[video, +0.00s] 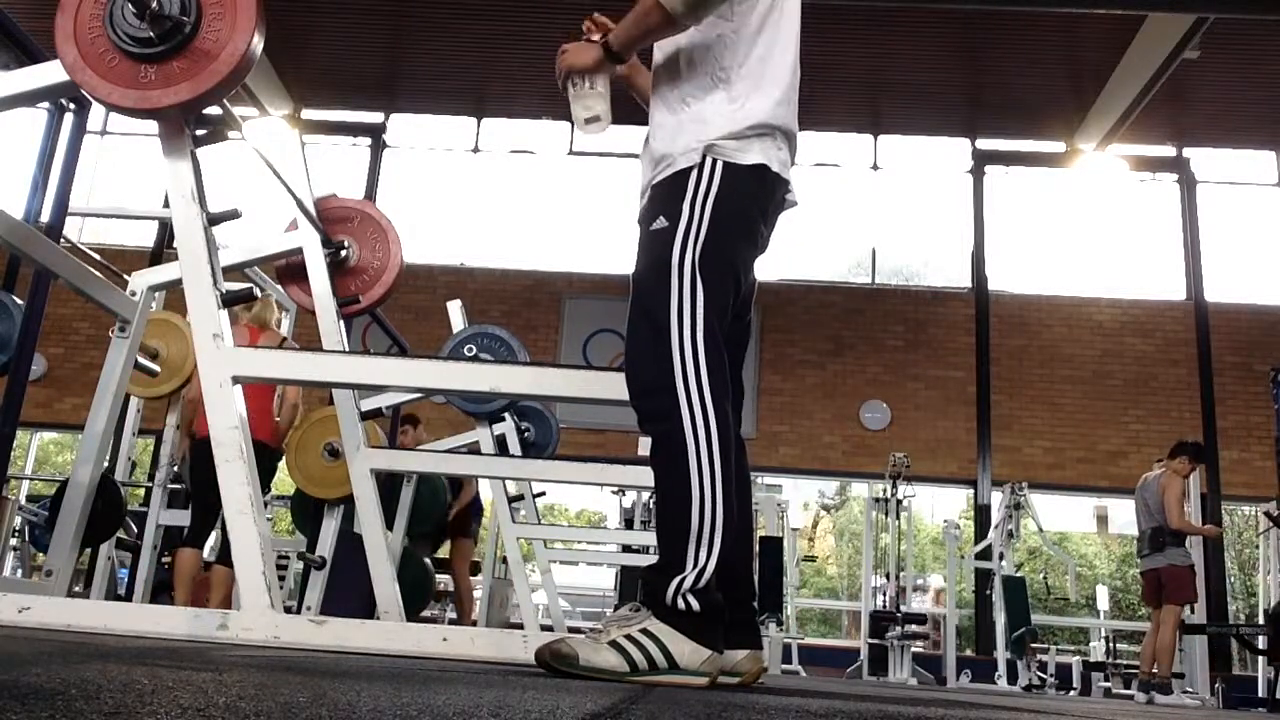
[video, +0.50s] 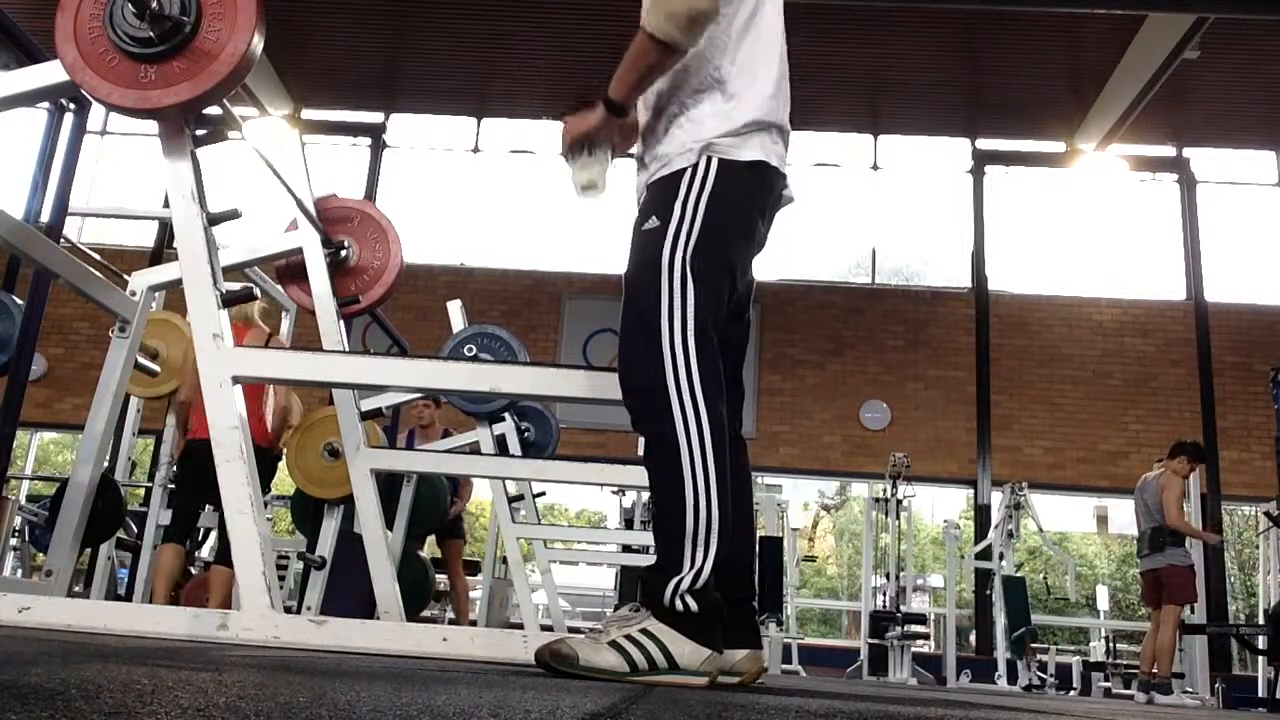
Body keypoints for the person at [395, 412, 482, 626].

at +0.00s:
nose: (399, 441)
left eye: (404, 433)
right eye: (396, 435)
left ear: (419, 430)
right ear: (392, 437)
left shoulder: (442, 454)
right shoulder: (404, 463)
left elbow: (470, 486)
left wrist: (454, 509)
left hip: (464, 505)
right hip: (435, 506)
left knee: (459, 566)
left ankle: (465, 624)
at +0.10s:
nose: (407, 429)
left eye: (410, 421)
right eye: (402, 425)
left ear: (425, 419)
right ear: (399, 430)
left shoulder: (449, 440)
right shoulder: (407, 453)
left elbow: (470, 478)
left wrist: (457, 502)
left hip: (462, 501)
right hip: (428, 504)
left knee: (458, 564)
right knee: (414, 557)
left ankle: (465, 625)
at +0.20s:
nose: (410, 421)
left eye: (414, 415)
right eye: (405, 417)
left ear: (428, 414)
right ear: (402, 421)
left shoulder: (451, 438)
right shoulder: (409, 446)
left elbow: (468, 475)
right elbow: (397, 474)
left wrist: (458, 501)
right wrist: (403, 441)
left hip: (459, 500)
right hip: (427, 503)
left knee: (459, 564)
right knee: (416, 559)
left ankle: (465, 624)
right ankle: (406, 618)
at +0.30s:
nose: (414, 415)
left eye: (419, 409)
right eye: (409, 411)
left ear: (431, 411)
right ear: (404, 416)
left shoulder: (450, 437)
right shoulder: (407, 442)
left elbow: (466, 475)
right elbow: (397, 470)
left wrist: (459, 502)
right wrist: (402, 436)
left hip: (454, 502)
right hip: (422, 504)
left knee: (459, 566)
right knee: (412, 560)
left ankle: (466, 625)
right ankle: (404, 619)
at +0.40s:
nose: (416, 413)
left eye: (422, 407)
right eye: (411, 409)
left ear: (434, 410)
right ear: (407, 414)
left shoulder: (451, 437)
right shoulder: (404, 440)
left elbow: (466, 477)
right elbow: (394, 472)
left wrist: (460, 502)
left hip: (451, 504)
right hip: (416, 504)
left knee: (457, 566)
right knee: (407, 559)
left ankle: (464, 625)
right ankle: (399, 617)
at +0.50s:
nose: (420, 411)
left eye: (426, 406)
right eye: (415, 407)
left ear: (437, 410)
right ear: (409, 413)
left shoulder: (452, 439)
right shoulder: (402, 440)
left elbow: (465, 477)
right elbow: (390, 472)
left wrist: (461, 501)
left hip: (447, 506)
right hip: (412, 506)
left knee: (454, 568)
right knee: (405, 563)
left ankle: (463, 626)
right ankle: (399, 620)